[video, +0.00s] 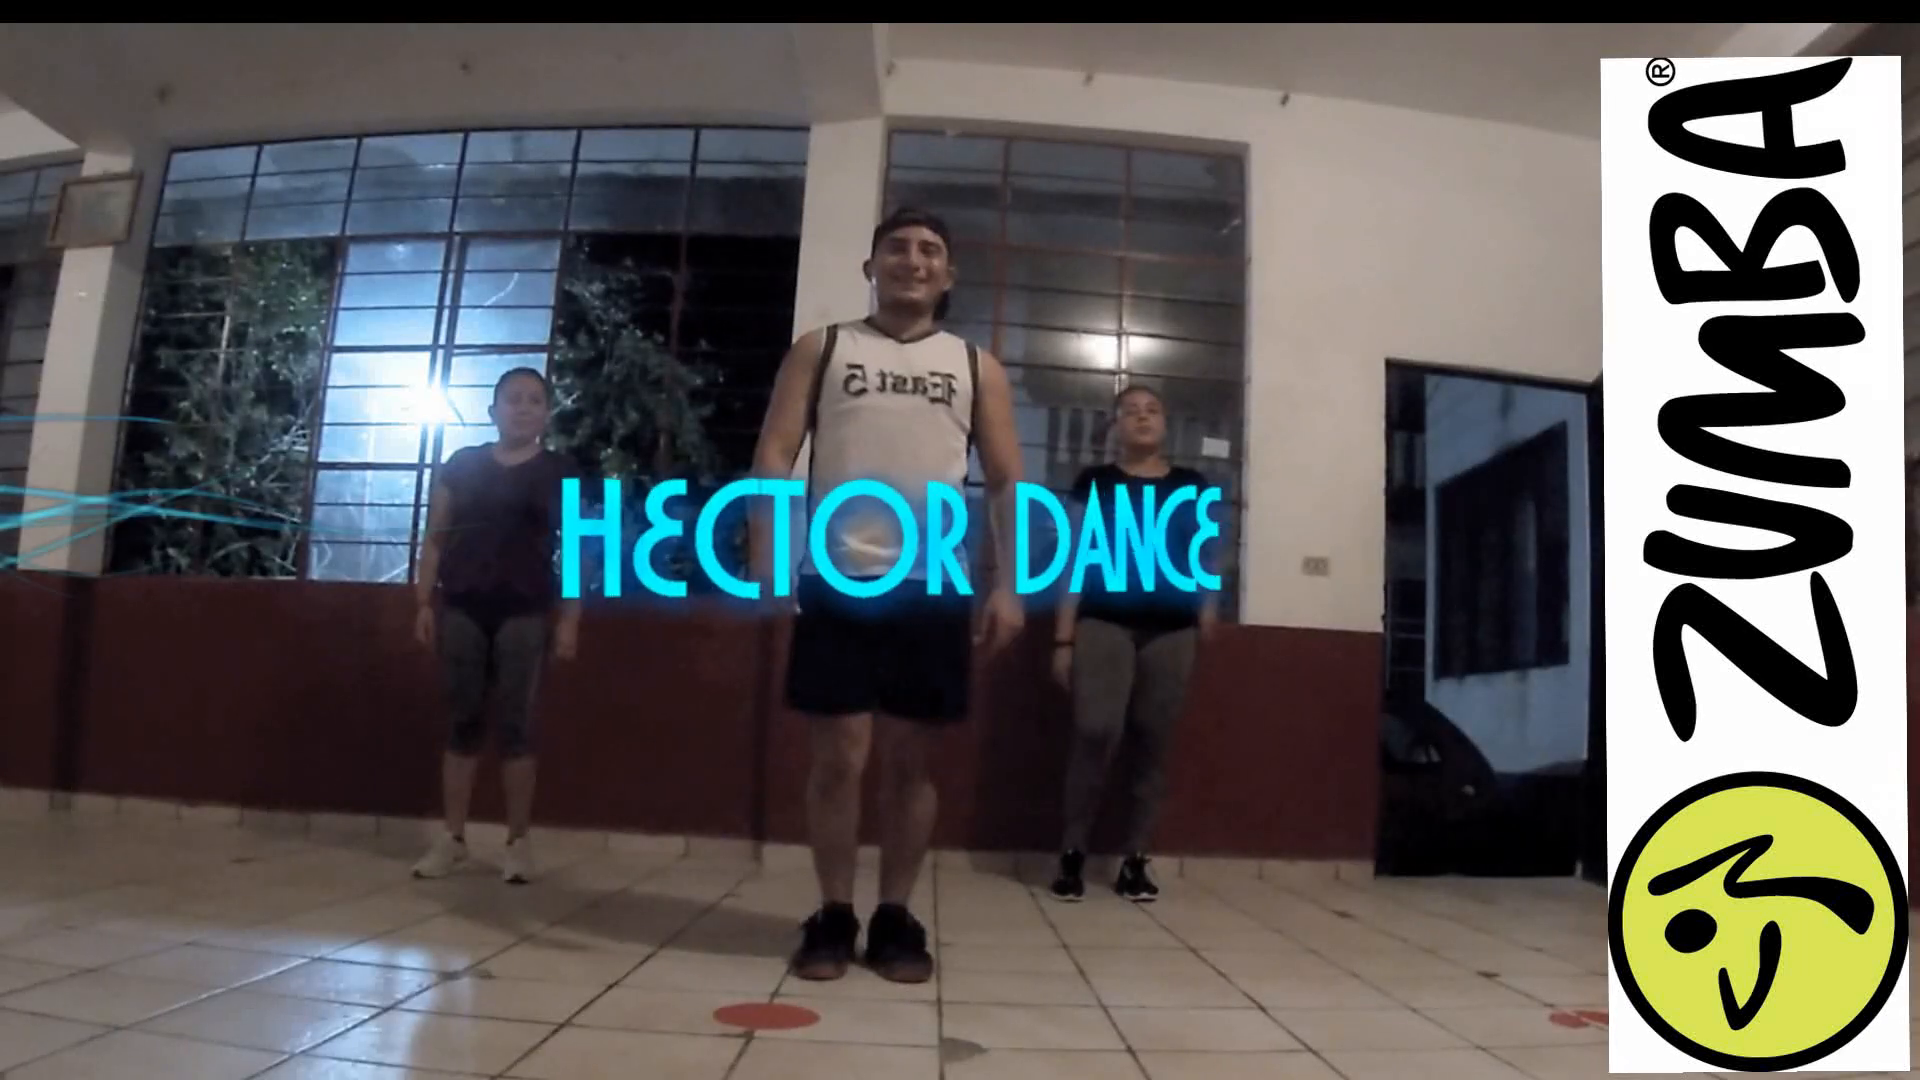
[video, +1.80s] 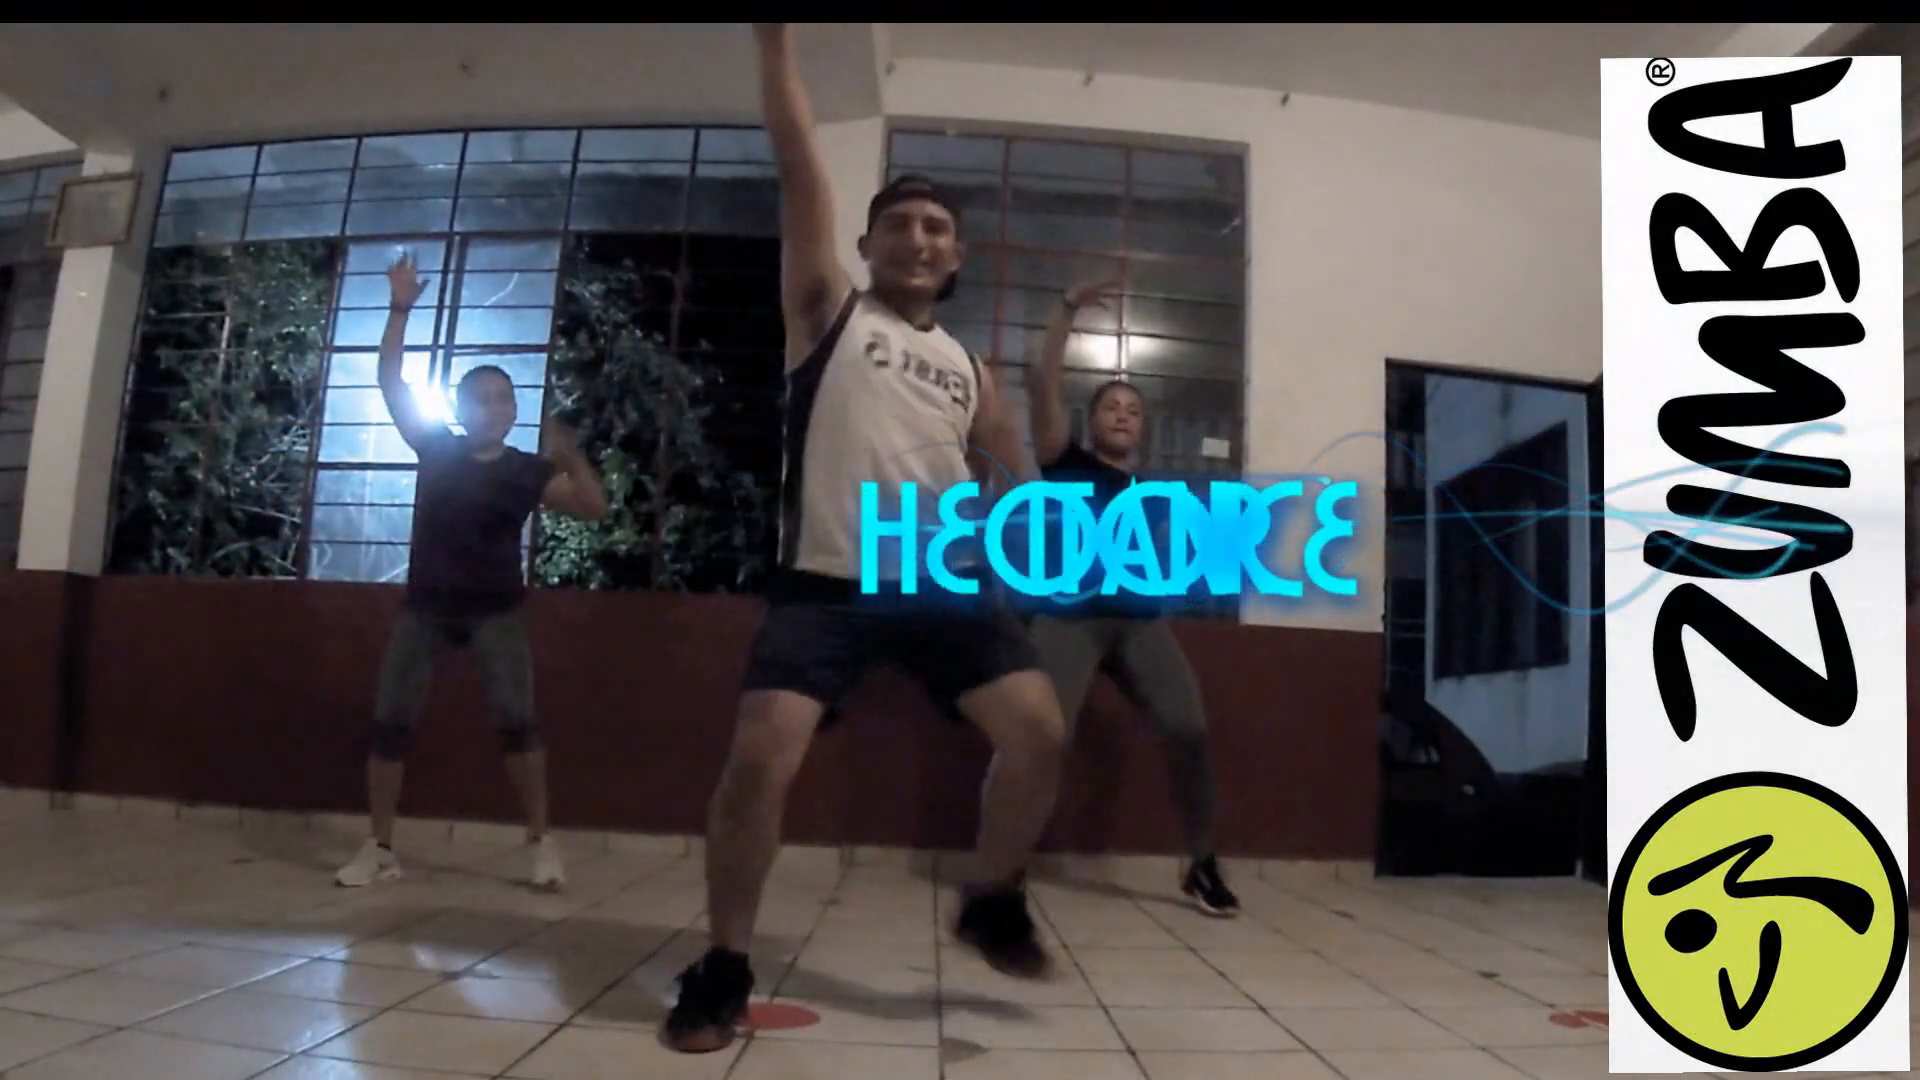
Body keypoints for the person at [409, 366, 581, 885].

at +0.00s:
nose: (523, 409)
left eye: (533, 402)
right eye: (514, 400)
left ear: (547, 413)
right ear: (495, 408)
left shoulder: (558, 474)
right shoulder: (461, 465)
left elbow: (575, 550)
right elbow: (435, 539)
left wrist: (569, 618)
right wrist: (424, 602)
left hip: (525, 614)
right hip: (461, 612)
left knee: (516, 728)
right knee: (462, 724)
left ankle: (516, 843)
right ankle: (452, 838)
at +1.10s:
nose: (523, 409)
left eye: (532, 401)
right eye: (513, 400)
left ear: (547, 411)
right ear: (491, 407)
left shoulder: (560, 468)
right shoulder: (456, 464)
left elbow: (587, 527)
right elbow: (425, 533)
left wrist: (555, 545)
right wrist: (423, 594)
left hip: (523, 609)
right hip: (457, 609)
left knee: (514, 723)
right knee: (449, 724)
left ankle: (525, 841)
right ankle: (452, 842)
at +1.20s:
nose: (525, 408)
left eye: (535, 401)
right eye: (515, 399)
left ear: (546, 413)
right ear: (494, 407)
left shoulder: (552, 462)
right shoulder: (459, 461)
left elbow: (608, 473)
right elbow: (423, 529)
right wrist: (420, 594)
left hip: (523, 610)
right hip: (460, 609)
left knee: (524, 725)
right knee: (451, 727)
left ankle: (540, 848)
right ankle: (452, 843)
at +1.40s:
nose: (531, 407)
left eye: (540, 400)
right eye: (520, 398)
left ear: (552, 413)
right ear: (500, 410)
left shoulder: (566, 460)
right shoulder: (471, 468)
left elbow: (616, 414)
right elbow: (423, 519)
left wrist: (627, 339)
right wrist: (426, 514)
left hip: (530, 610)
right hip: (465, 607)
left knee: (528, 727)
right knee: (420, 711)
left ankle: (547, 853)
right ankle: (439, 833)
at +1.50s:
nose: (522, 406)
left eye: (532, 398)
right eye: (512, 397)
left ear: (546, 409)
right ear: (494, 410)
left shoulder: (561, 457)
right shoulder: (469, 461)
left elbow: (616, 418)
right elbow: (399, 464)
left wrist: (620, 341)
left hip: (525, 610)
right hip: (462, 606)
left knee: (526, 726)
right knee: (404, 704)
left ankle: (547, 855)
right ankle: (405, 835)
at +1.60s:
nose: (512, 409)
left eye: (521, 401)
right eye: (502, 401)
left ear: (534, 413)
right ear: (482, 411)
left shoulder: (549, 463)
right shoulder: (460, 455)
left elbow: (608, 432)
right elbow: (405, 401)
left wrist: (608, 360)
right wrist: (400, 330)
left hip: (517, 610)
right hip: (451, 605)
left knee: (522, 727)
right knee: (400, 716)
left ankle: (547, 855)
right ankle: (379, 845)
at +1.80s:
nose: (495, 407)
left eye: (502, 399)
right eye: (484, 397)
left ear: (513, 409)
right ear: (460, 405)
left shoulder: (524, 470)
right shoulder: (435, 449)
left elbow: (593, 505)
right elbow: (390, 380)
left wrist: (567, 452)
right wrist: (401, 308)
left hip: (496, 610)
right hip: (427, 605)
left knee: (516, 721)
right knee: (391, 721)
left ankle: (541, 844)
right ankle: (380, 848)